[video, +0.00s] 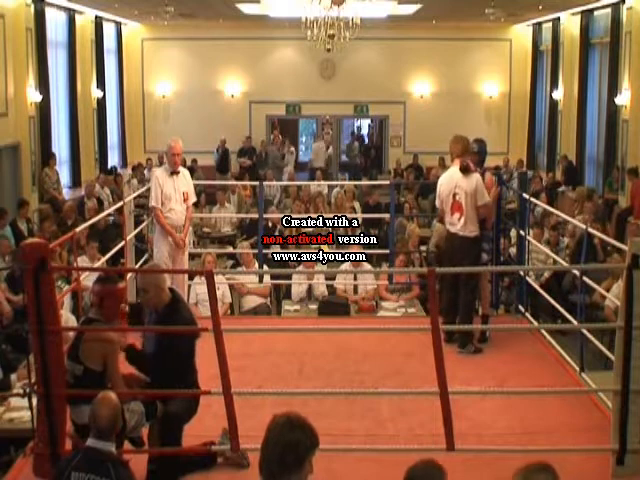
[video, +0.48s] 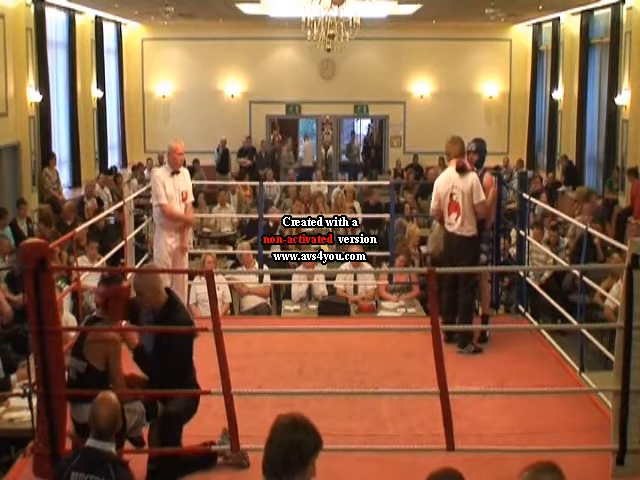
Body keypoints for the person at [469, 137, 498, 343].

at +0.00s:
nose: (472, 159)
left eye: (475, 155)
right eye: (470, 154)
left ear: (481, 156)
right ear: (469, 155)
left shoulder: (489, 179)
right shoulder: (463, 176)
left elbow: (490, 207)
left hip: (484, 231)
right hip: (466, 230)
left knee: (484, 276)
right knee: (466, 277)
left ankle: (484, 321)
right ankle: (463, 321)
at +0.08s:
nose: (472, 158)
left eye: (475, 154)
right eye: (470, 153)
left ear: (482, 156)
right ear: (467, 154)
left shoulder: (488, 179)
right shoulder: (463, 176)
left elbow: (489, 207)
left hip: (484, 231)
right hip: (465, 230)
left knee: (484, 276)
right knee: (465, 277)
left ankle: (484, 322)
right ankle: (462, 321)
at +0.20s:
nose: (472, 157)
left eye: (476, 153)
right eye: (470, 152)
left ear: (483, 156)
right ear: (466, 154)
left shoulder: (488, 178)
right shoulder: (462, 175)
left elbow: (489, 207)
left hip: (483, 230)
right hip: (464, 229)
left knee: (484, 276)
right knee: (464, 276)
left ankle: (484, 322)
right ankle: (461, 320)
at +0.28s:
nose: (472, 157)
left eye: (476, 153)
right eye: (470, 152)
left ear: (483, 156)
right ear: (466, 154)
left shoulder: (488, 179)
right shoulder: (463, 176)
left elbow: (489, 207)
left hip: (483, 230)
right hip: (464, 229)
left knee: (483, 276)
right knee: (463, 276)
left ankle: (484, 322)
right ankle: (460, 320)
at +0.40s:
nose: (471, 157)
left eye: (475, 153)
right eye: (469, 152)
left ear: (482, 155)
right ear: (466, 154)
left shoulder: (488, 178)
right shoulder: (462, 176)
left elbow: (489, 207)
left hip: (483, 230)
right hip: (464, 229)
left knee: (483, 276)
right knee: (463, 276)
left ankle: (484, 322)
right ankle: (460, 320)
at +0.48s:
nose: (471, 157)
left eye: (475, 153)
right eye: (469, 153)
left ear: (482, 155)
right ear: (465, 154)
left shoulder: (488, 178)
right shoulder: (463, 175)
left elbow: (489, 207)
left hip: (484, 230)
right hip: (465, 228)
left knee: (484, 275)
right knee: (464, 276)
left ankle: (484, 322)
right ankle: (461, 320)